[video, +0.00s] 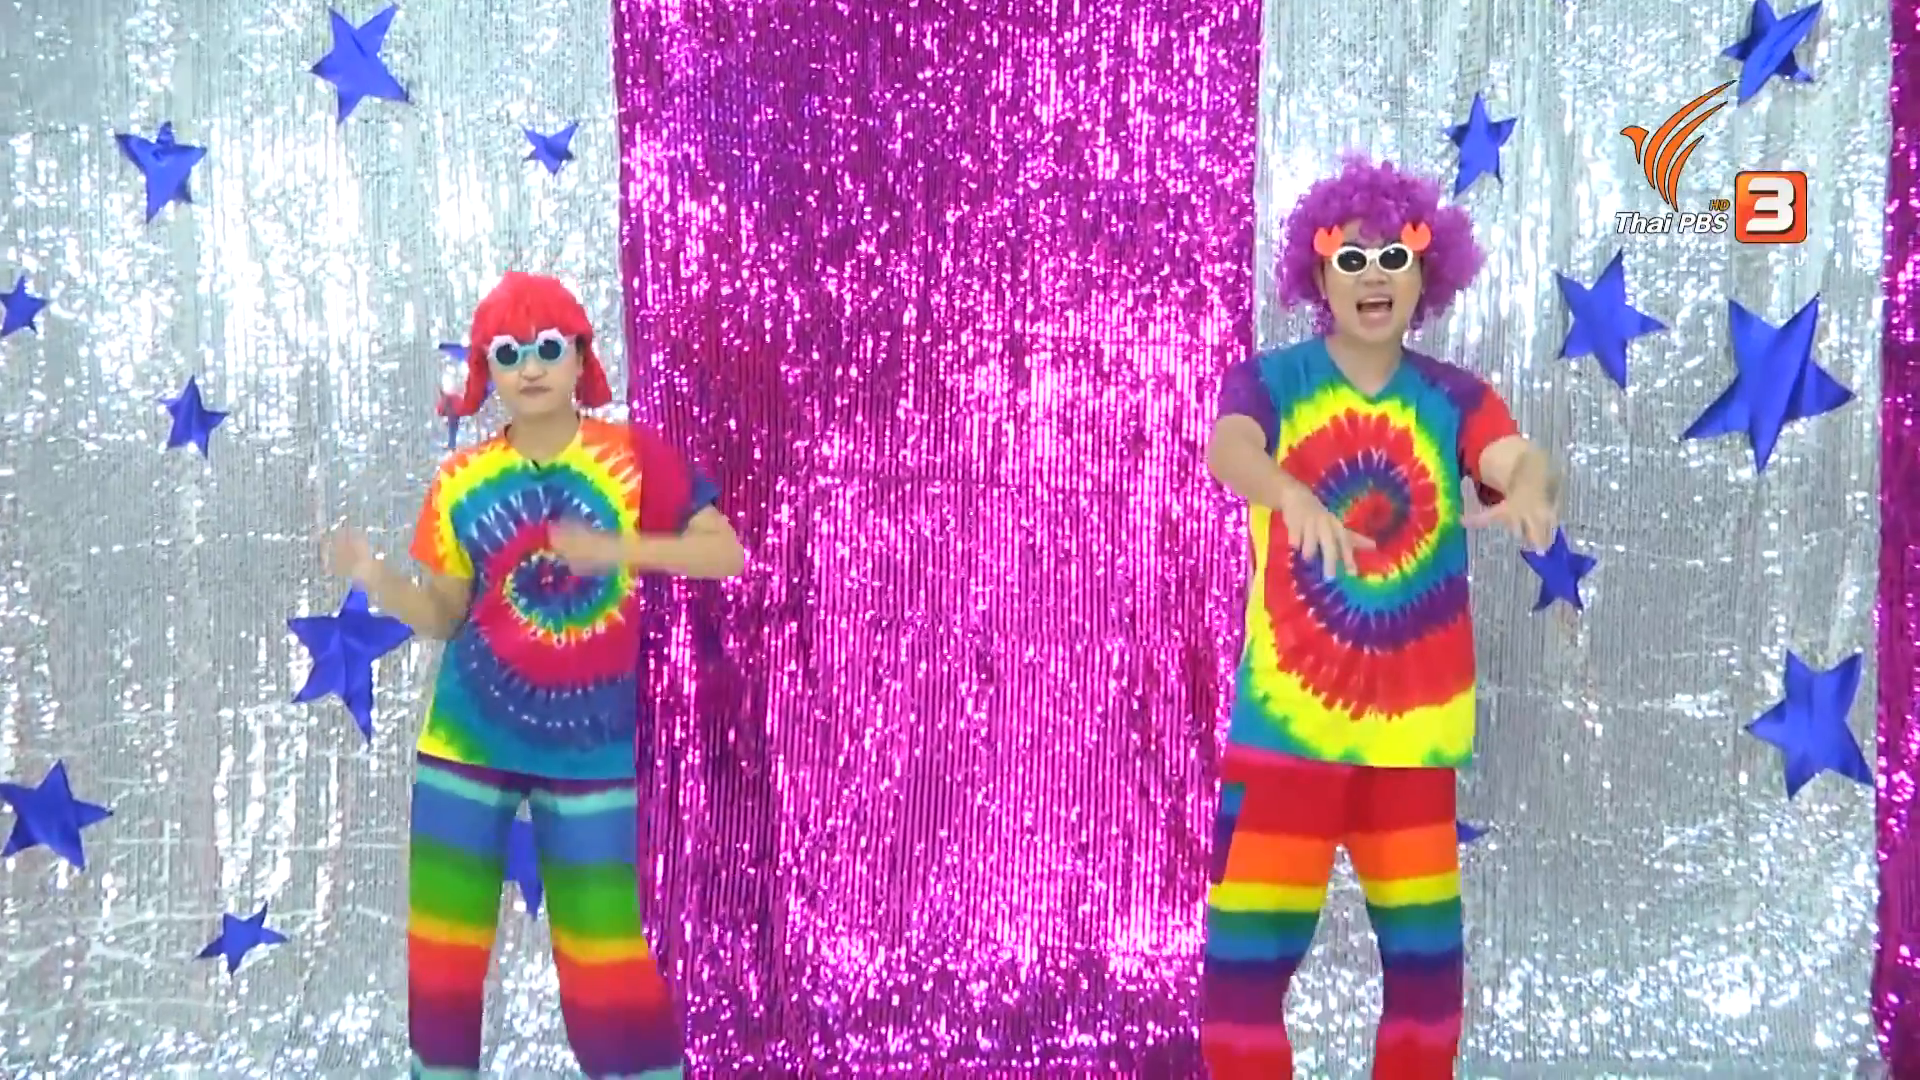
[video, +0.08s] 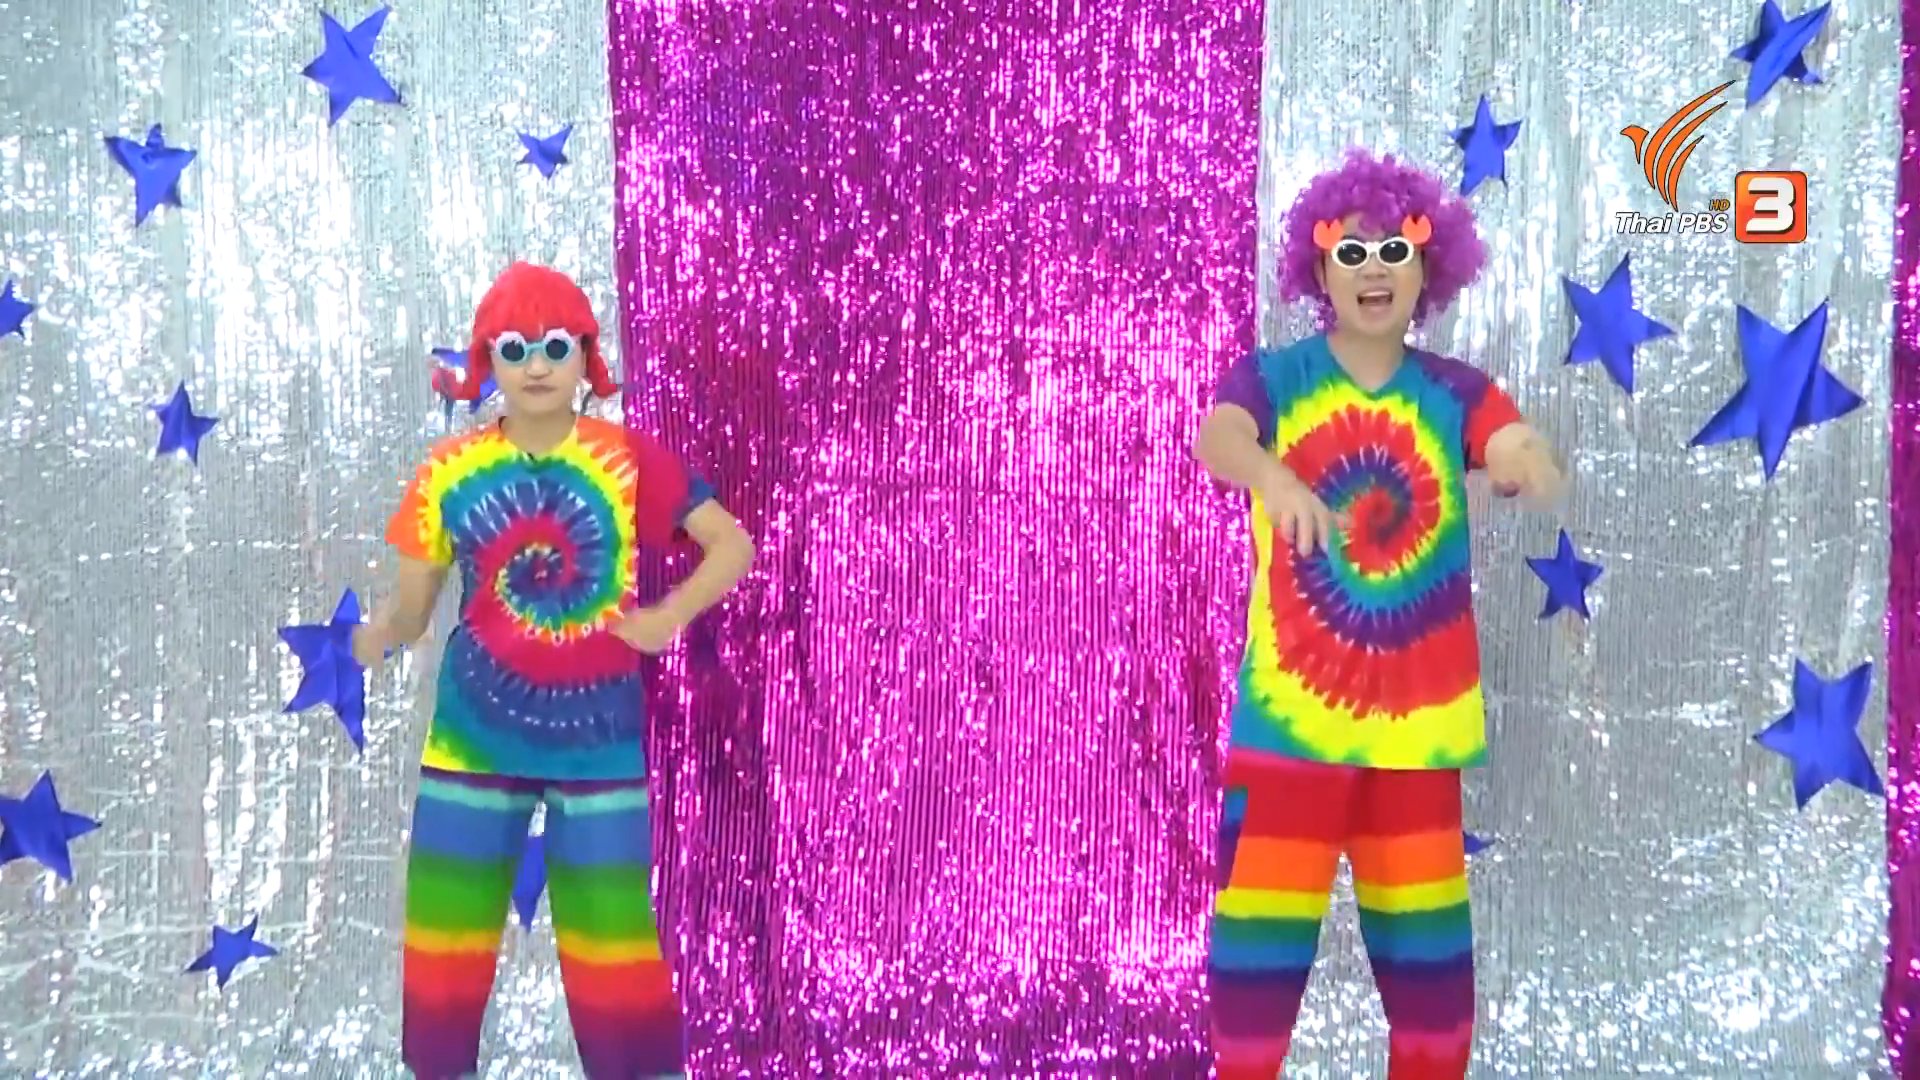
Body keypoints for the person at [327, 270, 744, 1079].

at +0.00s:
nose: (530, 371)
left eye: (550, 352)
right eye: (510, 355)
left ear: (582, 362)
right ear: (487, 371)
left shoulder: (636, 456)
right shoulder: (460, 478)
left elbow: (721, 553)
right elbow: (444, 613)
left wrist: (613, 548)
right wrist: (378, 574)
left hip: (593, 756)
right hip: (466, 749)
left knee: (609, 963)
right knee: (443, 960)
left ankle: (643, 1073)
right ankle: (445, 1071)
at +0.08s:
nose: (538, 367)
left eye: (558, 349)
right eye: (516, 350)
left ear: (586, 363)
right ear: (490, 365)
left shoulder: (627, 457)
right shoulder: (451, 470)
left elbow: (732, 545)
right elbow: (410, 607)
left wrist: (671, 614)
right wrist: (375, 635)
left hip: (599, 747)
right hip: (473, 744)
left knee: (615, 956)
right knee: (443, 956)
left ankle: (638, 1076)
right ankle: (438, 1071)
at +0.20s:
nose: (539, 371)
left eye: (561, 354)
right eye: (518, 351)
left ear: (586, 373)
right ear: (488, 364)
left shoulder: (617, 464)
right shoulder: (436, 473)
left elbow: (738, 538)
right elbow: (363, 597)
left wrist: (739, 580)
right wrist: (444, 611)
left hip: (609, 754)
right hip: (480, 755)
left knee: (629, 981)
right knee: (447, 983)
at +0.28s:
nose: (542, 380)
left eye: (565, 363)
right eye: (523, 359)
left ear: (588, 382)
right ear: (491, 370)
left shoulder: (614, 472)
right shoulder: (434, 478)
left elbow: (730, 555)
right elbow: (359, 602)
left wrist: (729, 541)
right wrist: (466, 561)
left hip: (615, 765)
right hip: (486, 768)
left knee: (638, 996)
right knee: (455, 997)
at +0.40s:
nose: (547, 406)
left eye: (568, 388)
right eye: (525, 386)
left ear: (592, 408)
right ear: (492, 400)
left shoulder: (612, 508)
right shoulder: (434, 501)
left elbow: (718, 616)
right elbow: (367, 630)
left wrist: (684, 511)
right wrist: (456, 523)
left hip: (624, 796)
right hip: (493, 804)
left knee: (648, 1034)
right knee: (468, 1043)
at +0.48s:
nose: (539, 415)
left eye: (561, 395)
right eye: (516, 395)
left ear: (586, 413)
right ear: (483, 409)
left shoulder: (607, 518)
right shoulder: (426, 515)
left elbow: (678, 659)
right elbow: (360, 646)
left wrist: (663, 545)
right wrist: (464, 572)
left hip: (619, 808)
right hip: (489, 816)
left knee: (653, 1039)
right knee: (474, 1049)